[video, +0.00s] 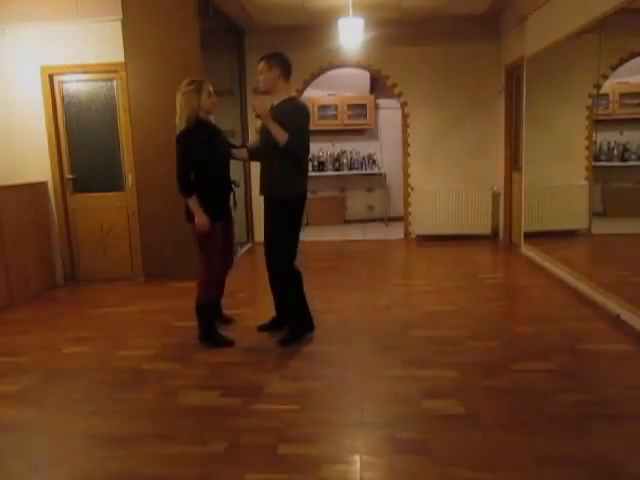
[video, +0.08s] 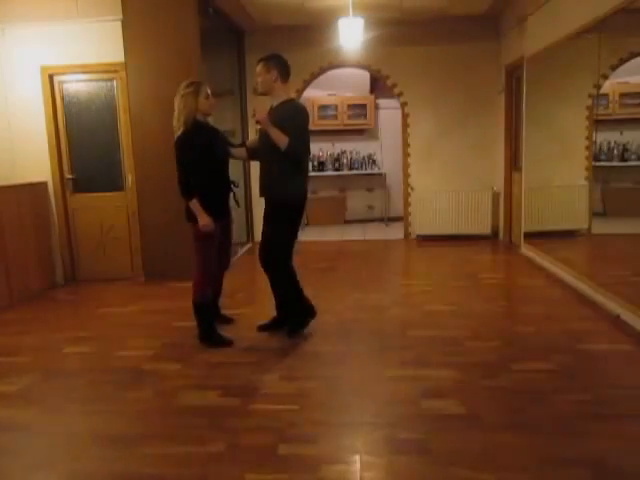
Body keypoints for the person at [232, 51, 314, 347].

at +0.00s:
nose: (258, 78)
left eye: (263, 72)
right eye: (258, 73)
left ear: (278, 74)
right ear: (273, 75)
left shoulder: (295, 109)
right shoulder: (274, 111)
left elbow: (297, 149)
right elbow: (263, 151)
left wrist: (267, 121)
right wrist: (228, 151)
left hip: (290, 194)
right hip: (274, 193)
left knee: (282, 259)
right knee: (273, 257)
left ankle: (302, 323)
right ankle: (283, 314)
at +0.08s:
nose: (257, 81)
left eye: (261, 75)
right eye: (257, 76)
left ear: (276, 76)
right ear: (274, 78)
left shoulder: (294, 110)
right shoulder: (274, 112)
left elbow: (298, 151)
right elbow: (260, 151)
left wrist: (269, 126)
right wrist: (226, 149)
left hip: (290, 195)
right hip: (276, 194)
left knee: (274, 255)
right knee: (271, 254)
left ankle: (300, 310)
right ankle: (285, 311)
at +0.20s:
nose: (255, 83)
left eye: (259, 76)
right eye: (255, 77)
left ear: (274, 77)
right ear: (273, 79)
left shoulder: (293, 111)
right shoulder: (273, 114)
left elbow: (298, 153)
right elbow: (258, 152)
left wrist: (268, 130)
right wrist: (223, 146)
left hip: (291, 197)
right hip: (276, 197)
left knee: (274, 257)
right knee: (271, 256)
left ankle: (305, 298)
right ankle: (285, 312)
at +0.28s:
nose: (254, 84)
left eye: (258, 78)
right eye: (255, 78)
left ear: (273, 79)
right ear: (273, 80)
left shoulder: (294, 112)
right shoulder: (273, 115)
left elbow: (298, 153)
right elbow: (257, 152)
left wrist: (266, 130)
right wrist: (221, 147)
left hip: (294, 198)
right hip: (278, 198)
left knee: (280, 257)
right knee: (274, 258)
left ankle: (309, 300)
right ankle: (286, 313)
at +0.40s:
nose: (253, 85)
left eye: (257, 79)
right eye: (254, 80)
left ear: (271, 80)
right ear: (272, 81)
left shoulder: (293, 112)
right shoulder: (274, 116)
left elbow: (297, 151)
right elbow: (256, 155)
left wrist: (263, 130)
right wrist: (219, 150)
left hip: (297, 197)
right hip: (280, 197)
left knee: (288, 255)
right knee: (267, 252)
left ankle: (316, 305)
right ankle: (284, 312)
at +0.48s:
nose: (253, 86)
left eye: (256, 80)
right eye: (253, 81)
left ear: (271, 81)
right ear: (272, 82)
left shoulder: (291, 112)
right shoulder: (275, 116)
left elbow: (293, 151)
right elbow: (253, 156)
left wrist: (260, 130)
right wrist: (216, 152)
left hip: (292, 198)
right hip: (288, 198)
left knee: (260, 252)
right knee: (301, 254)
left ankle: (277, 314)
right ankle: (318, 307)